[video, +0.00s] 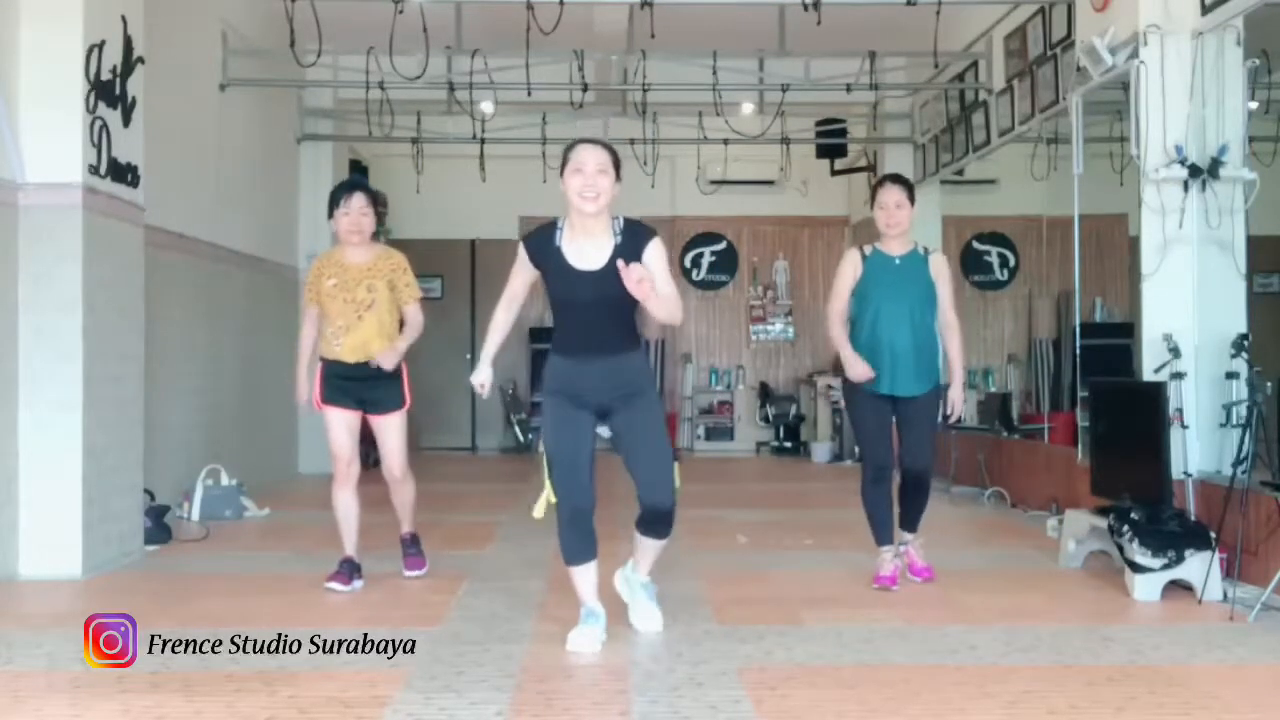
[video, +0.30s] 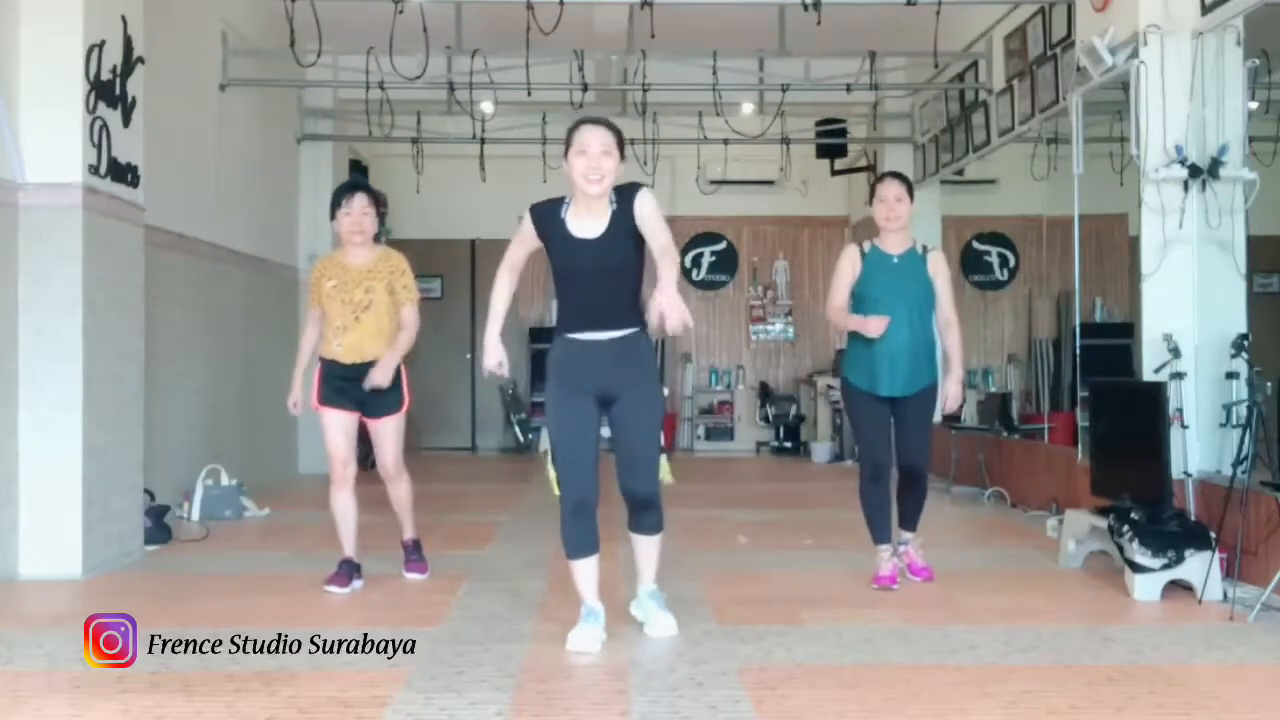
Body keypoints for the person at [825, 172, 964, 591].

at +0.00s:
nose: (890, 214)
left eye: (898, 207)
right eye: (882, 207)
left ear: (912, 211)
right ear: (873, 212)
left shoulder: (934, 262)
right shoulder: (856, 259)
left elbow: (949, 322)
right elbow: (835, 316)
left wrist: (957, 380)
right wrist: (849, 357)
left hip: (921, 383)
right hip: (868, 382)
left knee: (918, 467)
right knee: (878, 465)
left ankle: (907, 542)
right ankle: (886, 554)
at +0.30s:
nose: (890, 207)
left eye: (898, 200)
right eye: (882, 200)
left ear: (912, 207)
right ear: (872, 208)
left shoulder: (932, 258)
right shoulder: (855, 255)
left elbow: (948, 321)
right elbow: (833, 310)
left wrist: (955, 375)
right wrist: (859, 323)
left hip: (919, 379)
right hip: (865, 380)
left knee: (915, 466)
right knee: (876, 464)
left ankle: (906, 544)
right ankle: (884, 554)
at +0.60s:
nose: (888, 213)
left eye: (896, 206)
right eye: (880, 206)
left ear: (911, 212)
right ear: (870, 214)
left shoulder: (932, 261)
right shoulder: (855, 261)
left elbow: (949, 319)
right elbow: (836, 323)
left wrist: (952, 341)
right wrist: (827, 379)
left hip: (919, 381)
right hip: (863, 382)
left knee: (928, 468)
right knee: (874, 468)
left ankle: (916, 542)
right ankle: (884, 554)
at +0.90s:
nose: (893, 210)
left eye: (901, 203)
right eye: (884, 204)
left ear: (915, 209)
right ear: (874, 211)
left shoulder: (938, 261)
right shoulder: (861, 260)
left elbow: (950, 322)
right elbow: (835, 319)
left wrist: (958, 375)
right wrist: (839, 373)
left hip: (929, 380)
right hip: (875, 382)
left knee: (932, 468)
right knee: (883, 468)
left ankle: (936, 562)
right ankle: (887, 555)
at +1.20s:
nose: (897, 209)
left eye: (904, 202)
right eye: (888, 202)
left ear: (916, 208)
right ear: (875, 209)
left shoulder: (934, 258)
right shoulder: (858, 254)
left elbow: (944, 316)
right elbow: (840, 312)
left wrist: (954, 366)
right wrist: (870, 326)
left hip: (928, 376)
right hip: (873, 378)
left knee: (934, 463)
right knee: (880, 464)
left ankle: (937, 557)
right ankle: (887, 554)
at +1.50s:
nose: (897, 215)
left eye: (905, 208)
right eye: (889, 208)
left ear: (916, 213)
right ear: (876, 215)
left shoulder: (934, 264)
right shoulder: (859, 262)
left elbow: (947, 325)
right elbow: (840, 323)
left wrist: (959, 375)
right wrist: (846, 376)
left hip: (927, 385)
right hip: (872, 387)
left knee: (937, 463)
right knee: (882, 467)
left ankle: (935, 549)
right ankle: (888, 555)